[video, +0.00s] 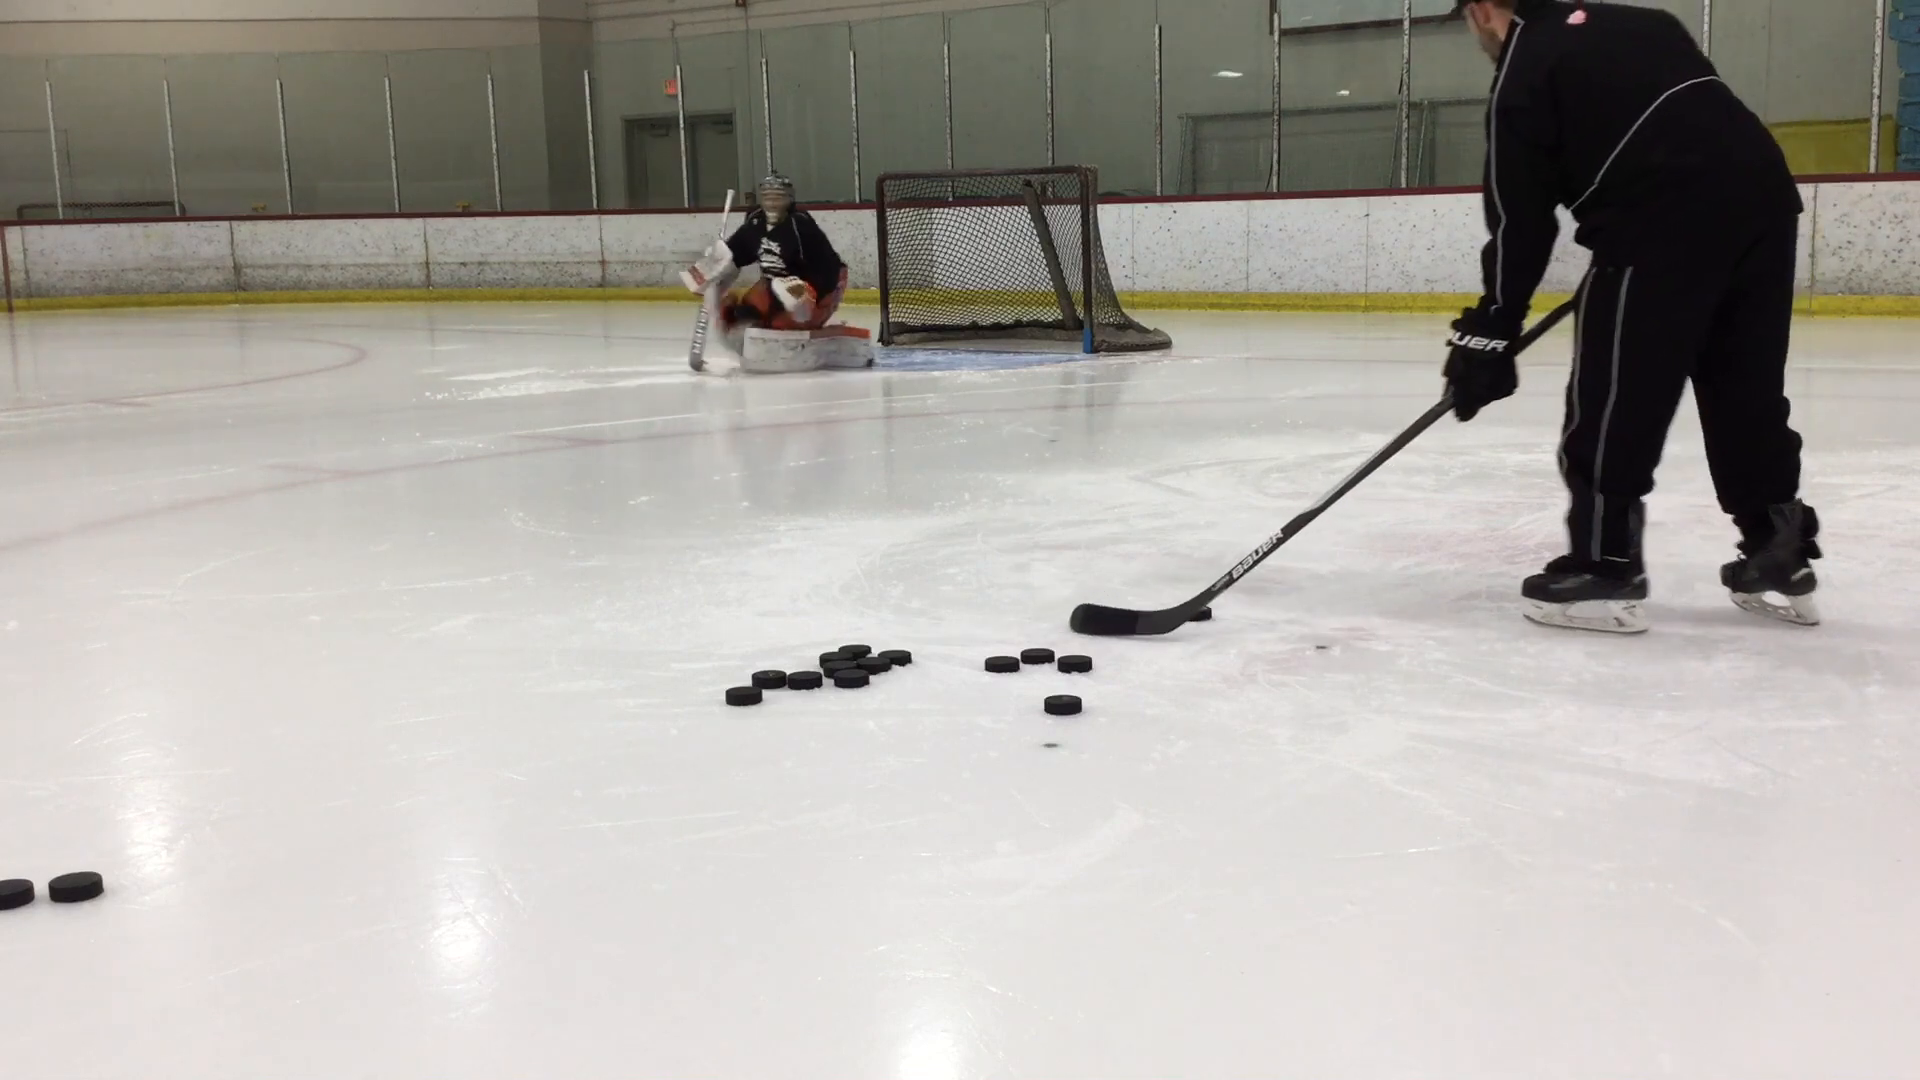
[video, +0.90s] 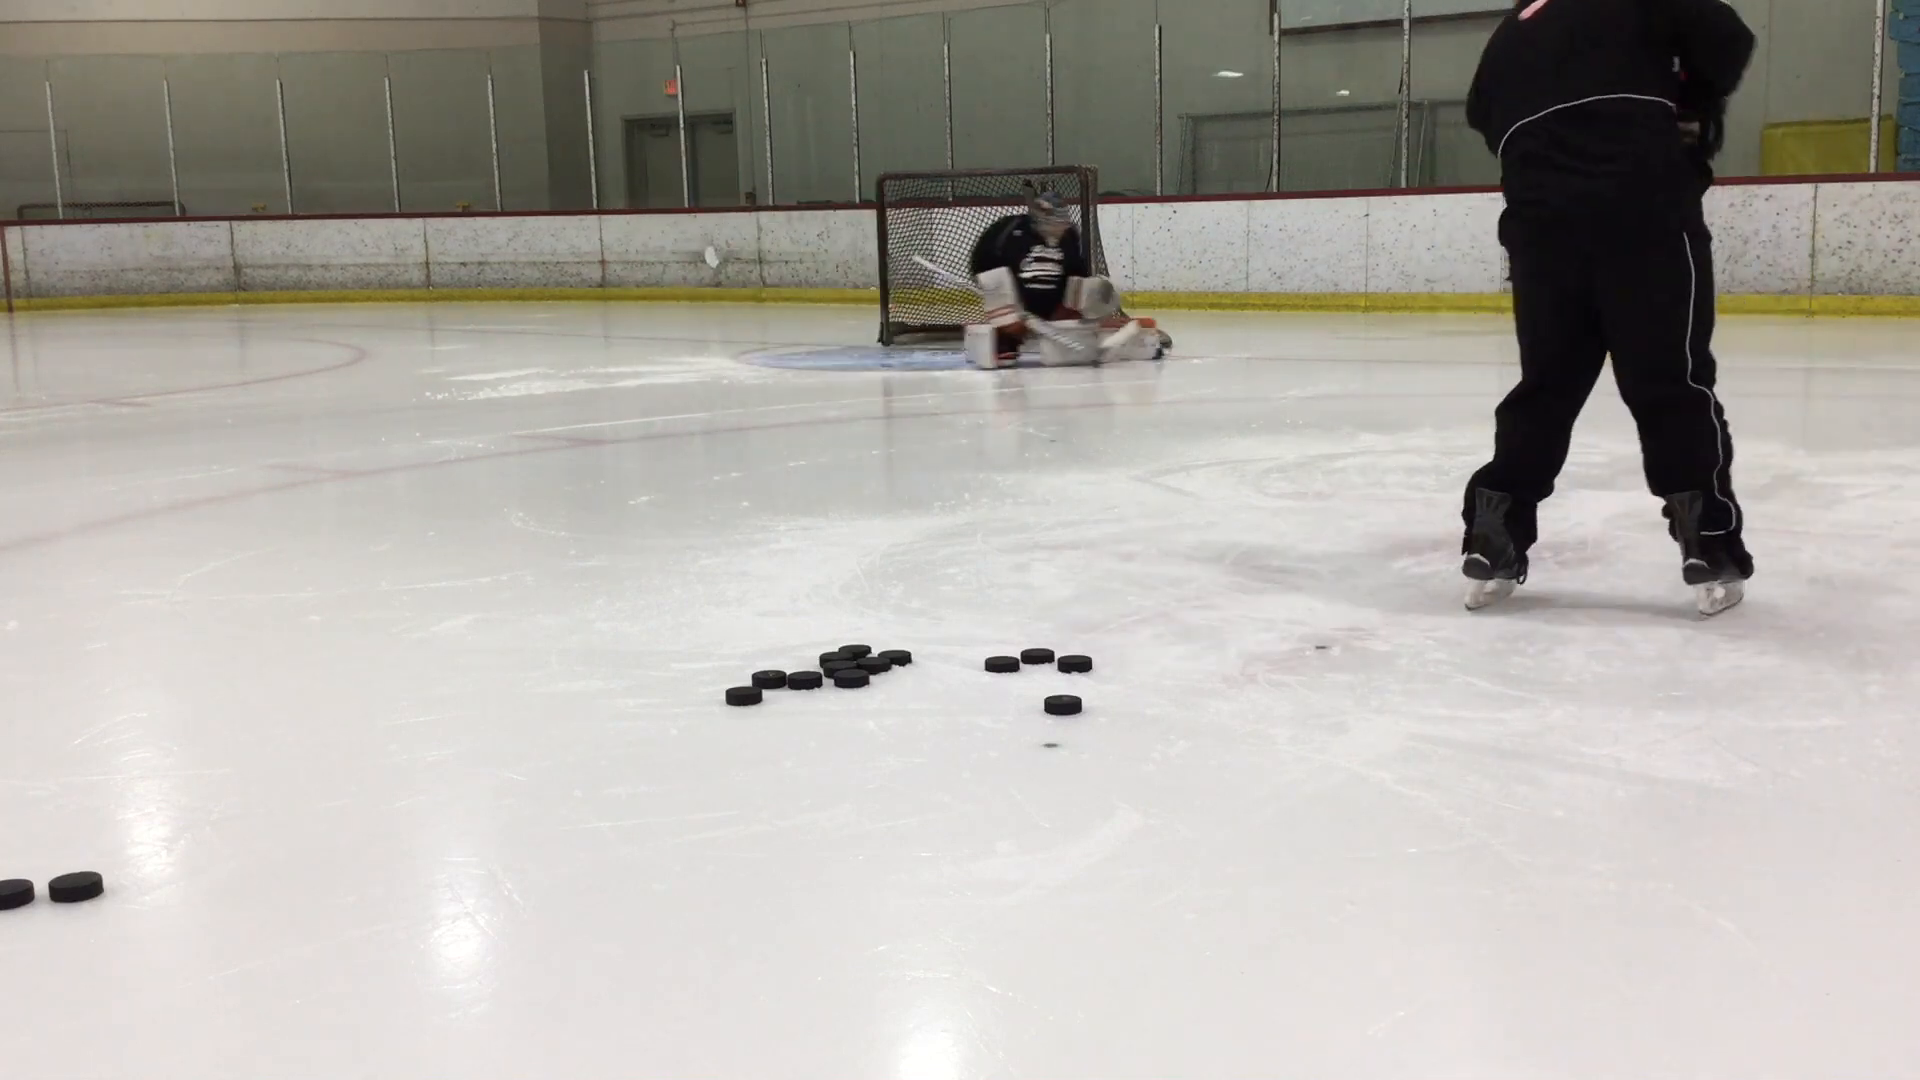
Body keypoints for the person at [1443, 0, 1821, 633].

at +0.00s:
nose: (1474, 33)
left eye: (1471, 18)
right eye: (1470, 21)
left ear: (1492, 9)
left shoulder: (1524, 74)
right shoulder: (1642, 22)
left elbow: (1518, 217)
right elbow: (1678, 134)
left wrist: (1490, 330)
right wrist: (1612, 262)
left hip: (1660, 233)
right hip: (1763, 206)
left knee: (1613, 394)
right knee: (1746, 391)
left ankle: (1604, 561)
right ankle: (1780, 549)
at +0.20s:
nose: (1421, 66)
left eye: (1416, 47)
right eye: (1414, 54)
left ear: (1443, 21)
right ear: (1470, 17)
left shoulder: (1479, 79)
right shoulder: (1568, 39)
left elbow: (1486, 213)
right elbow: (1603, 157)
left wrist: (1466, 328)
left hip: (1607, 224)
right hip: (1710, 195)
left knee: (1575, 391)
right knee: (1748, 372)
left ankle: (1563, 557)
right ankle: (1848, 530)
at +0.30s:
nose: (1405, 66)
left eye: (1400, 48)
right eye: (1398, 55)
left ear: (1427, 17)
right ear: (1454, 12)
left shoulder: (1457, 79)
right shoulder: (1546, 32)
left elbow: (1479, 212)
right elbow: (1579, 157)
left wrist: (1469, 319)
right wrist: (1531, 274)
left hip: (1591, 234)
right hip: (1687, 204)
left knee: (1555, 387)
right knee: (1763, 347)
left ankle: (1539, 553)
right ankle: (1886, 484)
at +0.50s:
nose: (1401, 77)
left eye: (1400, 62)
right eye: (1399, 64)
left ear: (1418, 48)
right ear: (1465, 27)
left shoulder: (1427, 127)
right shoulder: (1558, 20)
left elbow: (1453, 180)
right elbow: (1658, 54)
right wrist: (1603, 124)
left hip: (1554, 240)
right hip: (1665, 201)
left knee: (1540, 396)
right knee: (1742, 344)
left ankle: (1527, 557)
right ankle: (1865, 476)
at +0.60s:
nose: (1418, 50)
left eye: (1419, 38)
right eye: (1416, 39)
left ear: (1438, 32)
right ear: (1481, 16)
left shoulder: (1442, 102)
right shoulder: (1557, 14)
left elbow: (1449, 154)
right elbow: (1664, 28)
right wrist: (1636, 102)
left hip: (1544, 229)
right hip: (1653, 200)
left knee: (1534, 389)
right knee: (1709, 349)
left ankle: (1520, 548)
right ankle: (1794, 490)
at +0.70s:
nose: (1444, 22)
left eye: (1445, 14)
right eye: (1444, 13)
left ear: (1461, 16)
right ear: (1507, 4)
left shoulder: (1458, 78)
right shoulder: (1567, 8)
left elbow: (1461, 139)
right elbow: (1671, 12)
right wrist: (1663, 79)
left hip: (1542, 220)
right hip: (1651, 203)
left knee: (1532, 382)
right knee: (1678, 365)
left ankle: (1498, 528)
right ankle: (1721, 512)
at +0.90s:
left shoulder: (1509, 31)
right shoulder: (1658, 2)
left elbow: (1484, 108)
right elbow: (1729, 38)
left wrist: (1546, 147)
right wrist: (1697, 100)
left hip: (1543, 221)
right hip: (1648, 213)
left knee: (1546, 382)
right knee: (1671, 381)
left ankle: (1495, 534)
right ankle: (1709, 542)